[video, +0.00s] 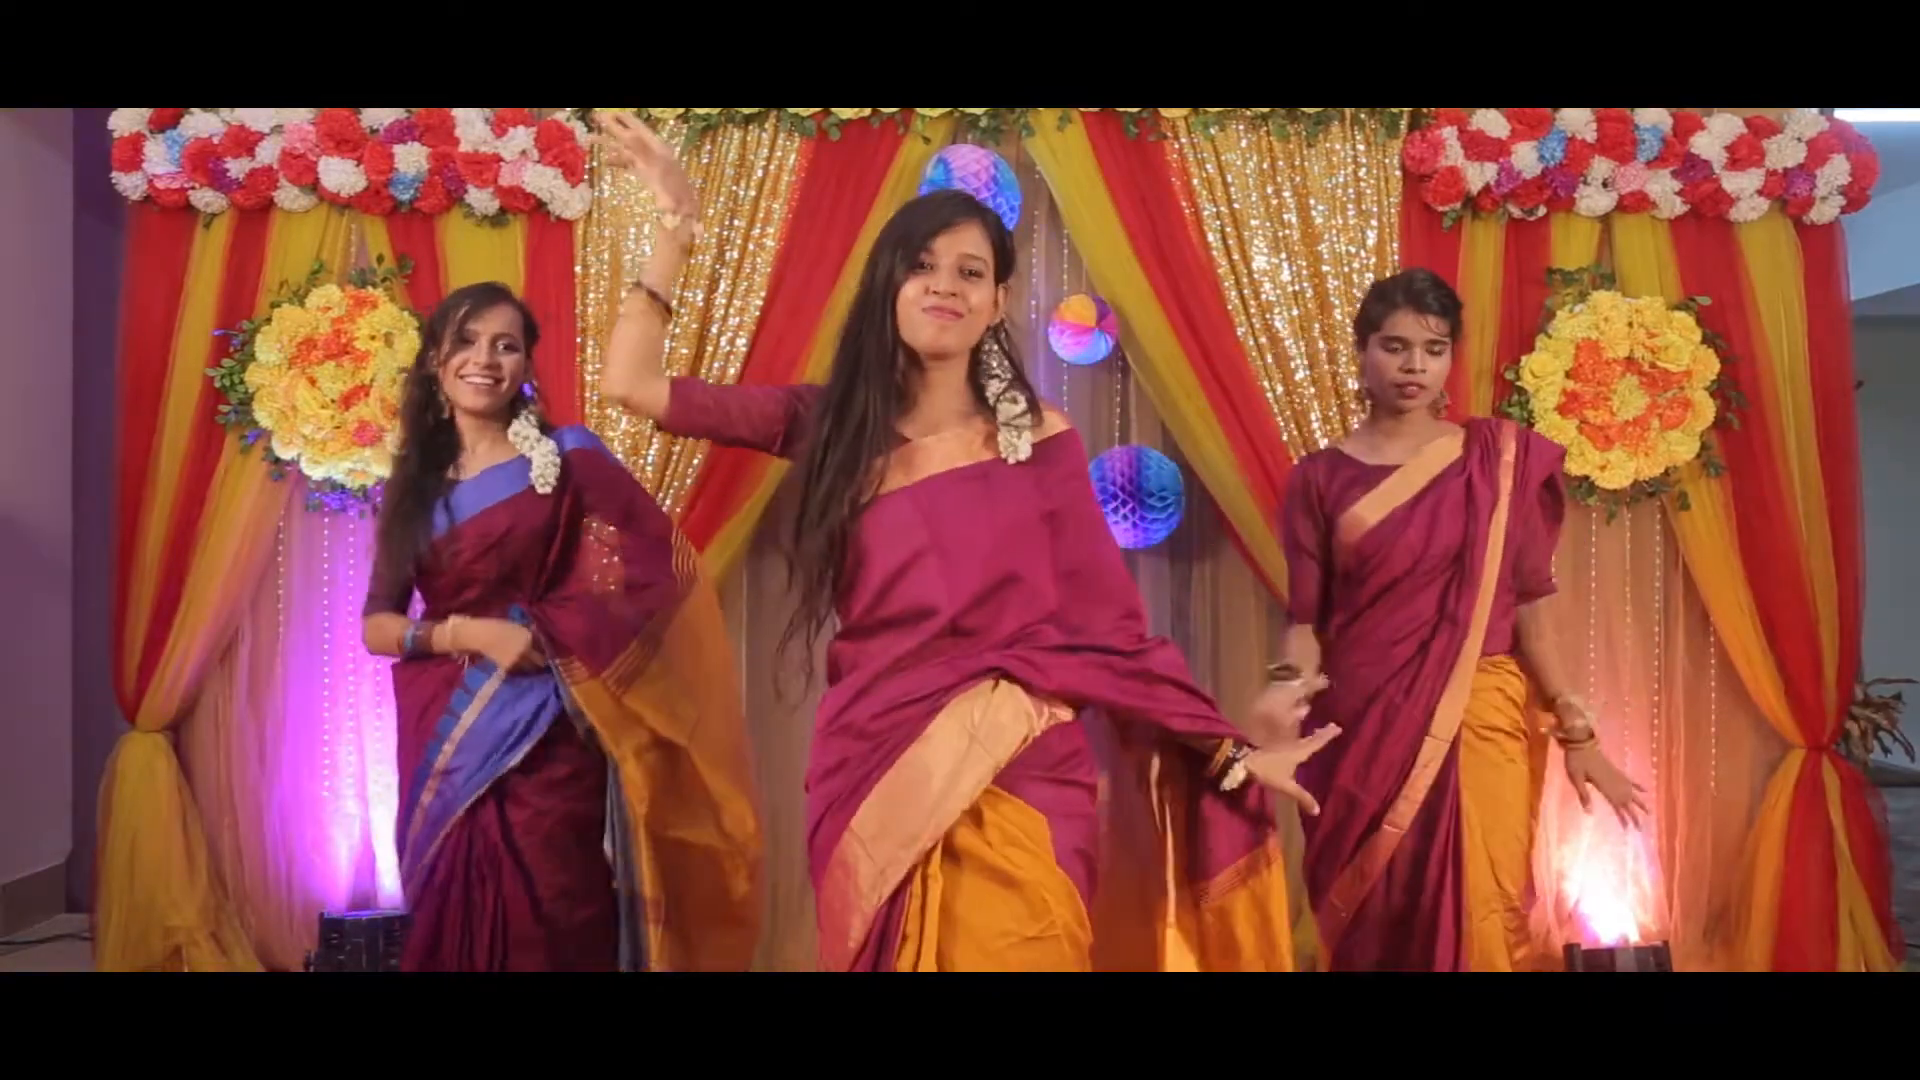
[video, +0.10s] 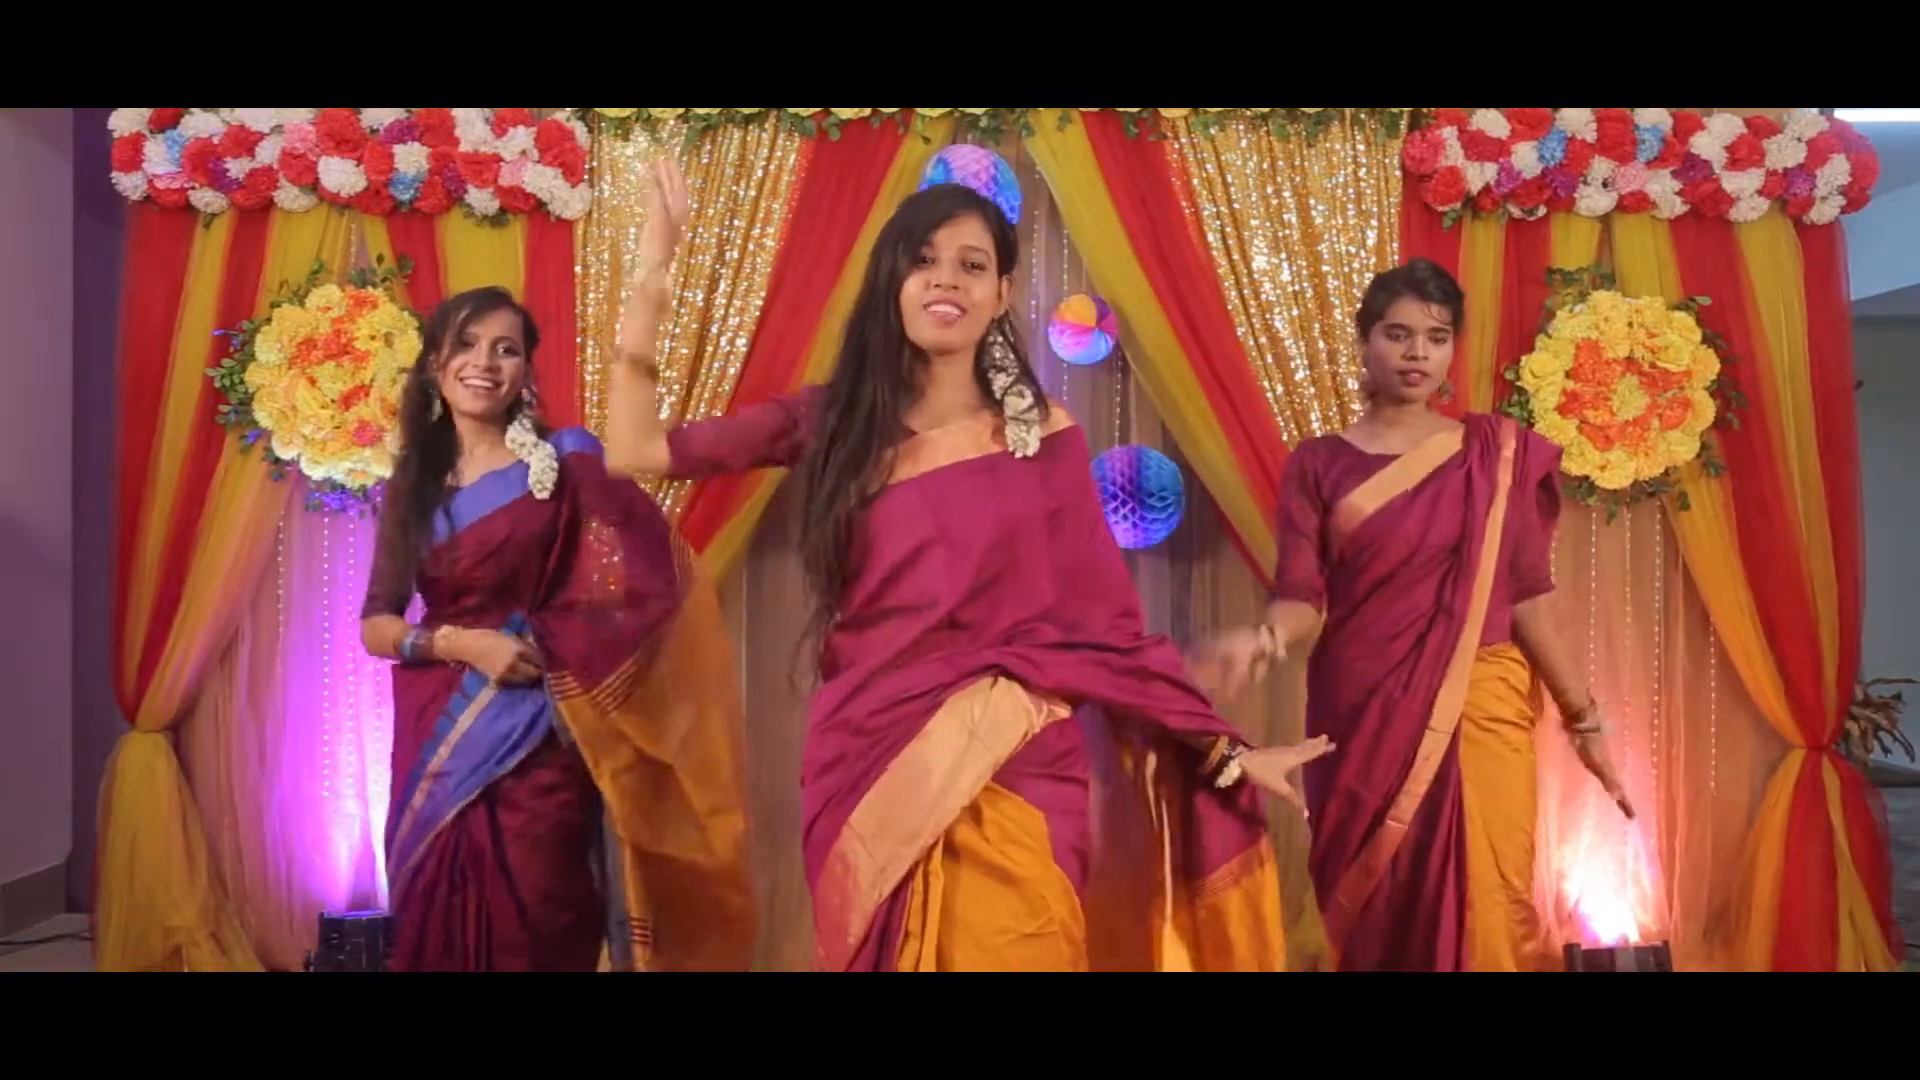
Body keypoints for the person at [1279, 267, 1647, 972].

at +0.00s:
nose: (1415, 365)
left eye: (1434, 349)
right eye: (1396, 345)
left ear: (1453, 358)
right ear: (1360, 352)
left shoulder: (1503, 456)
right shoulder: (1320, 479)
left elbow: (1531, 612)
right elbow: (1304, 623)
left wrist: (1579, 737)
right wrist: (1290, 696)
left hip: (1481, 729)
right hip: (1361, 735)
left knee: (1475, 933)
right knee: (1365, 935)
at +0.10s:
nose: (1418, 353)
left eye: (1436, 337)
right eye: (1398, 334)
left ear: (1454, 350)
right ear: (1362, 344)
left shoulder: (1500, 449)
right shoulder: (1317, 465)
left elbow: (1529, 600)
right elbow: (1300, 601)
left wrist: (1585, 719)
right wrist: (1266, 639)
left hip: (1480, 712)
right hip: (1360, 718)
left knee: (1481, 918)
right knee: (1370, 923)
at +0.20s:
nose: (1417, 342)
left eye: (1435, 328)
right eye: (1398, 325)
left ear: (1453, 344)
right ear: (1363, 335)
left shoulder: (1490, 442)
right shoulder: (1315, 448)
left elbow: (1524, 595)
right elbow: (1298, 604)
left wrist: (1594, 716)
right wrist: (1286, 569)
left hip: (1488, 698)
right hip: (1370, 706)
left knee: (1497, 903)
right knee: (1380, 910)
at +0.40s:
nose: (1418, 350)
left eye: (1435, 334)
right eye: (1397, 332)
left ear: (1454, 348)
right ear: (1360, 346)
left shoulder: (1475, 457)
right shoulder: (1320, 442)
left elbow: (1506, 604)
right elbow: (1334, 573)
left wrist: (1584, 697)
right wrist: (1424, 471)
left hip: (1481, 712)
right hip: (1376, 715)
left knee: (1496, 911)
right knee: (1390, 916)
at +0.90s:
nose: (1420, 374)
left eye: (1437, 355)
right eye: (1400, 356)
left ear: (1457, 363)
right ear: (1366, 365)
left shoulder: (1497, 461)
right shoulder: (1322, 468)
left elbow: (1620, 529)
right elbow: (1276, 577)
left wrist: (1498, 482)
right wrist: (1375, 515)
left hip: (1467, 717)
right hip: (1351, 720)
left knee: (1475, 907)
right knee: (1364, 916)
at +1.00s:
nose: (1414, 402)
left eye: (1431, 382)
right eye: (1394, 383)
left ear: (1451, 383)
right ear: (1362, 387)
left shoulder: (1501, 471)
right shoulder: (1322, 483)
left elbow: (1632, 553)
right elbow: (1250, 566)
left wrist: (1517, 523)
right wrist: (1311, 517)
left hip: (1463, 716)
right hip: (1348, 720)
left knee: (1464, 907)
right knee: (1356, 912)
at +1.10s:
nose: (1402, 386)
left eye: (1425, 368)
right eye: (1386, 364)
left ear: (1446, 375)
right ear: (1351, 370)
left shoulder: (1498, 461)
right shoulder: (1332, 469)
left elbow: (1627, 550)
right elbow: (1256, 481)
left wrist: (1542, 578)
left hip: (1461, 691)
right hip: (1347, 694)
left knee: (1455, 888)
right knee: (1347, 888)